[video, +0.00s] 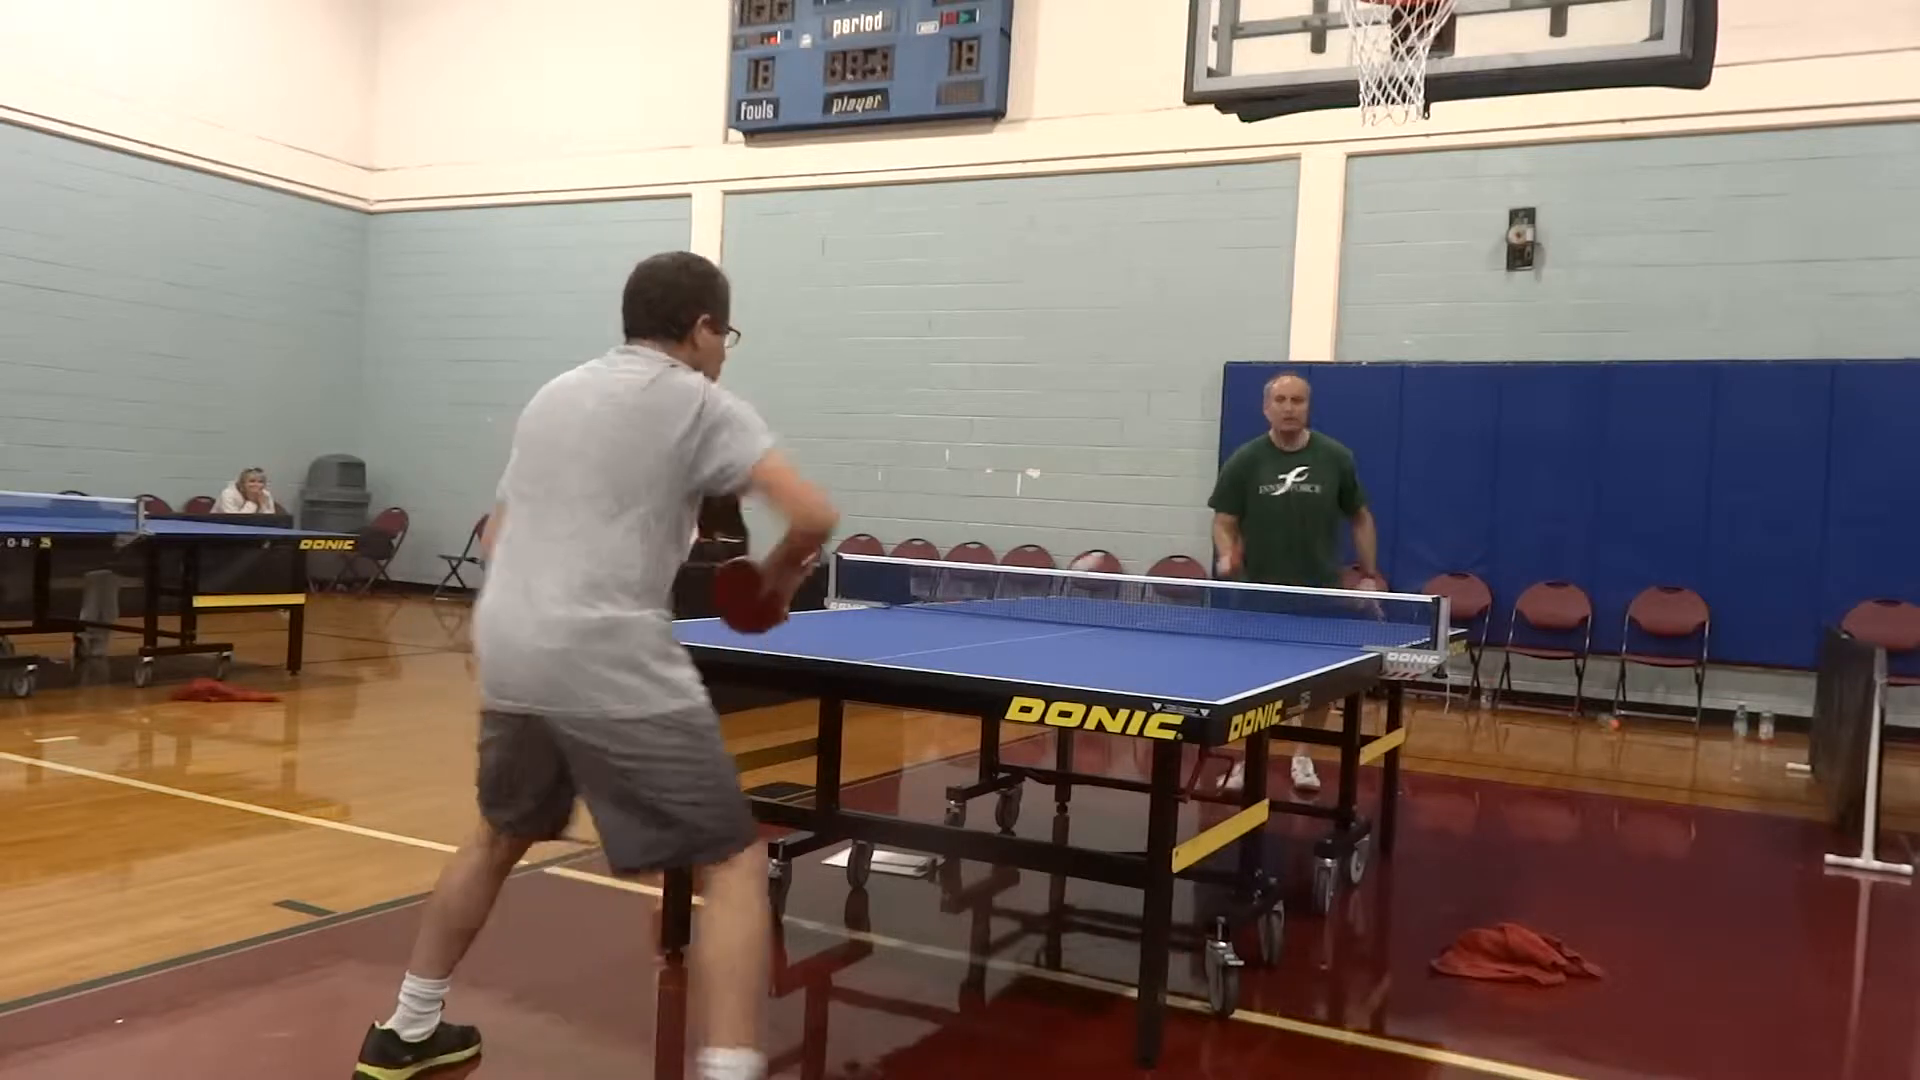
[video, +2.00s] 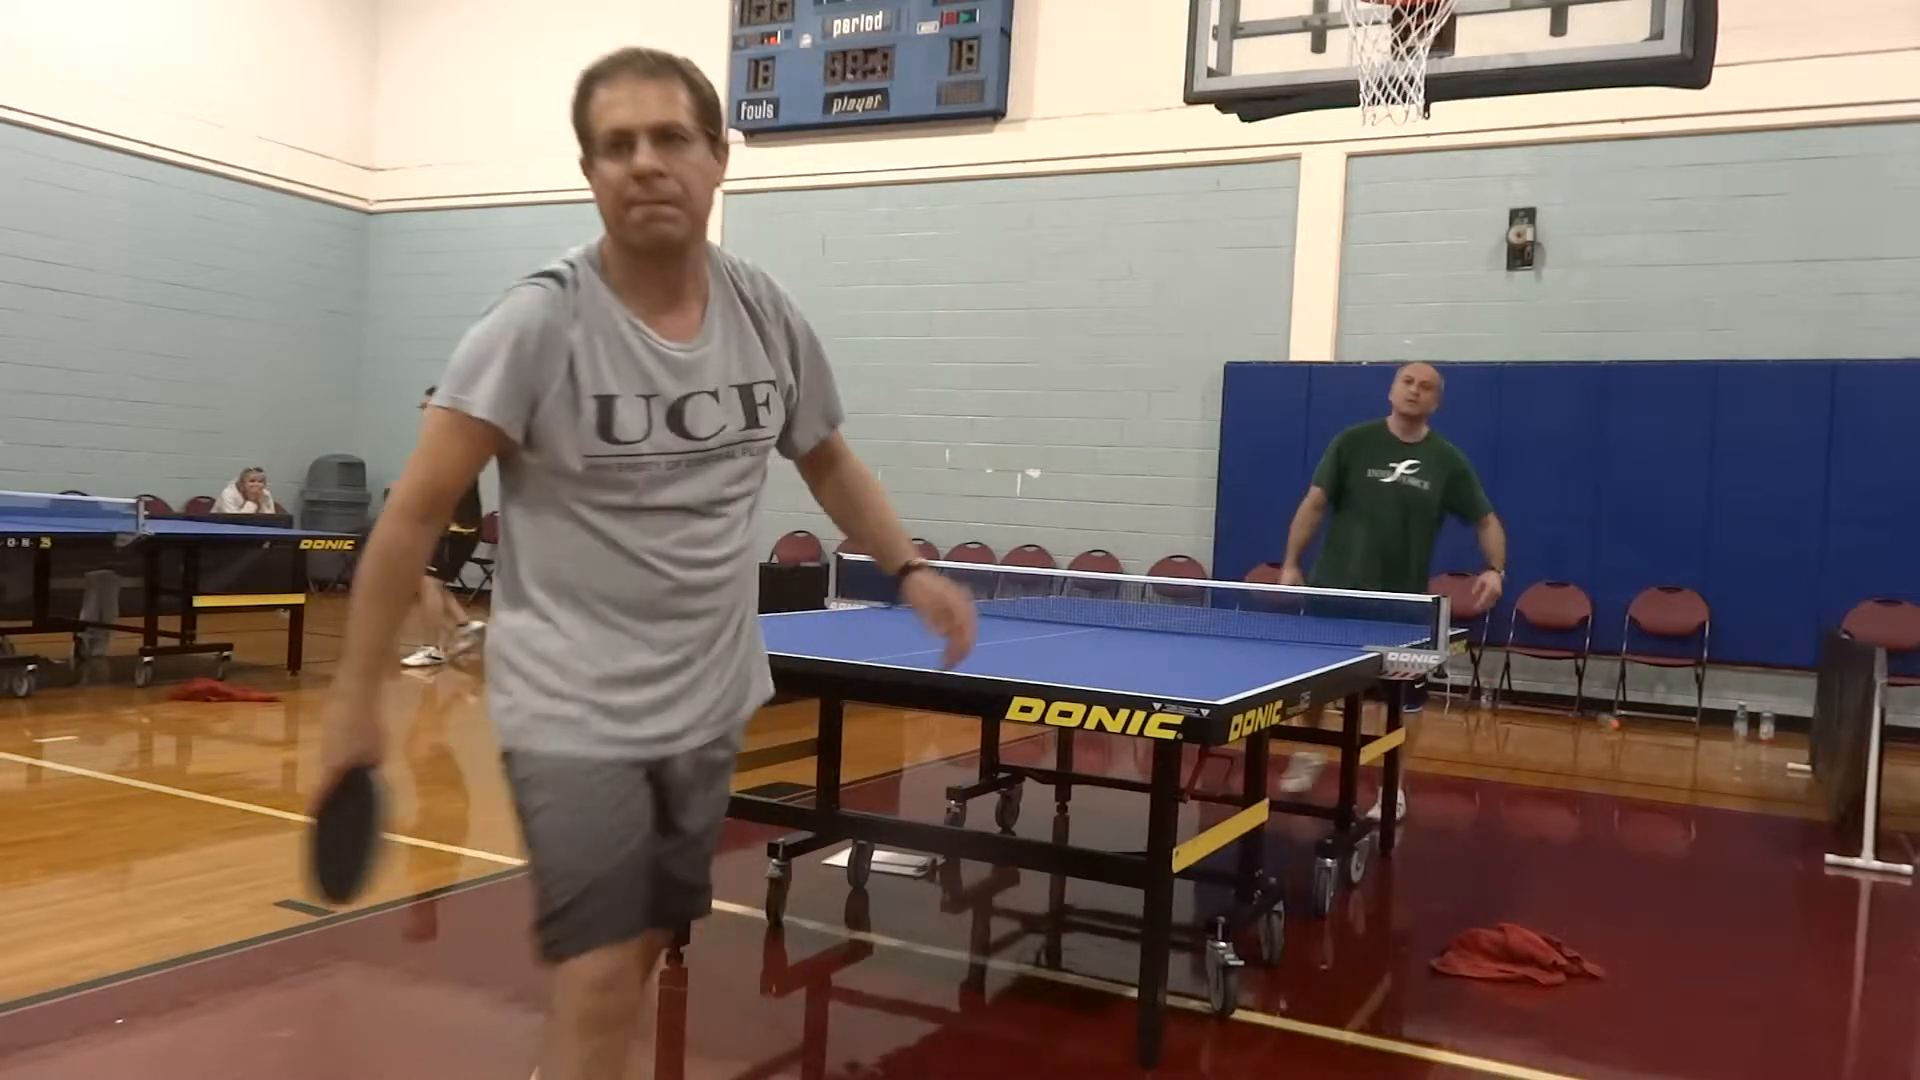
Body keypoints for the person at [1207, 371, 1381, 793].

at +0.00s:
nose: (1289, 408)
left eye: (1297, 400)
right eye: (1280, 400)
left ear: (1309, 406)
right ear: (1266, 407)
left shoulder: (1336, 458)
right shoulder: (1245, 461)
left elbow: (1359, 515)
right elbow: (1224, 520)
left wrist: (1369, 572)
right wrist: (1228, 550)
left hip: (1319, 594)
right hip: (1259, 593)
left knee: (1323, 680)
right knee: (1254, 674)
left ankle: (1303, 755)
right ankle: (1247, 759)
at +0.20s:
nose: (1288, 410)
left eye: (1298, 403)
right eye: (1281, 402)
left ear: (1313, 412)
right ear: (1270, 410)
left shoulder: (1343, 461)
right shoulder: (1247, 466)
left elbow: (1373, 518)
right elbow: (1231, 526)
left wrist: (1379, 573)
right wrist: (1241, 566)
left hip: (1333, 596)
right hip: (1268, 597)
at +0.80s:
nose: (1360, 416)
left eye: (1371, 409)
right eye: (1354, 407)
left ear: (1385, 416)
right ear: (1341, 411)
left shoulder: (1412, 468)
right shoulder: (1317, 463)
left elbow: (1435, 534)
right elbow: (1271, 523)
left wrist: (1404, 572)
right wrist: (1296, 565)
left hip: (1388, 610)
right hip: (1321, 606)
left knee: (1424, 685)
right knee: (1272, 676)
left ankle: (1437, 780)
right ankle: (1252, 763)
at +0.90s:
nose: (1366, 423)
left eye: (1376, 416)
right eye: (1359, 414)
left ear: (1390, 423)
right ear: (1345, 418)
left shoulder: (1408, 477)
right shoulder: (1320, 469)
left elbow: (1421, 544)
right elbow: (1268, 527)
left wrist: (1424, 607)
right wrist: (1301, 557)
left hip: (1391, 614)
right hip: (1323, 611)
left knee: (1423, 686)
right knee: (1275, 679)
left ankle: (1436, 781)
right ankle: (1252, 761)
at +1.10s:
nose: (1357, 439)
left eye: (1366, 433)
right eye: (1349, 430)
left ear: (1377, 439)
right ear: (1332, 434)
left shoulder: (1399, 481)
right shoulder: (1311, 483)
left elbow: (1442, 520)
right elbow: (1257, 544)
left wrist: (1481, 561)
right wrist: (1280, 566)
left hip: (1383, 612)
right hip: (1319, 611)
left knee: (1419, 682)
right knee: (1264, 677)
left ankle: (1434, 783)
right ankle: (1244, 765)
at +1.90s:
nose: (1408, 392)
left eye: (1418, 388)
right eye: (1401, 383)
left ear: (1429, 401)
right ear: (1383, 391)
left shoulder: (1438, 461)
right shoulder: (1343, 444)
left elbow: (1477, 520)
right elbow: (1303, 502)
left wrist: (1487, 566)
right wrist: (1273, 559)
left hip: (1395, 603)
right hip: (1325, 595)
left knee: (1399, 702)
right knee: (1280, 687)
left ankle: (1393, 789)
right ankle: (1252, 776)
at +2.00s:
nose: (1414, 391)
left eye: (1425, 387)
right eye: (1408, 382)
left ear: (1436, 402)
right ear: (1392, 390)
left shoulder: (1447, 460)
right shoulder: (1352, 442)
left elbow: (1486, 520)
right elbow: (1314, 503)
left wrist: (1495, 569)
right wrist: (1290, 563)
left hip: (1401, 602)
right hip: (1334, 593)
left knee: (1402, 700)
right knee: (1315, 677)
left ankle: (1392, 787)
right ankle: (1309, 750)